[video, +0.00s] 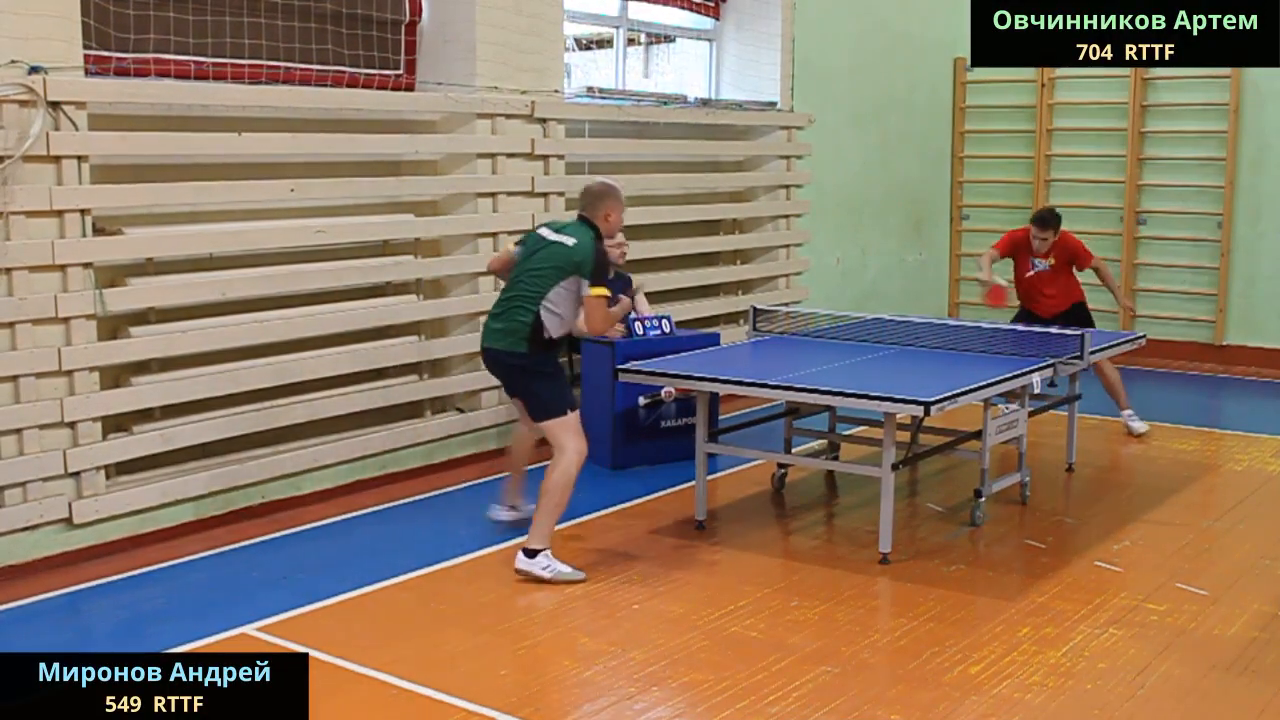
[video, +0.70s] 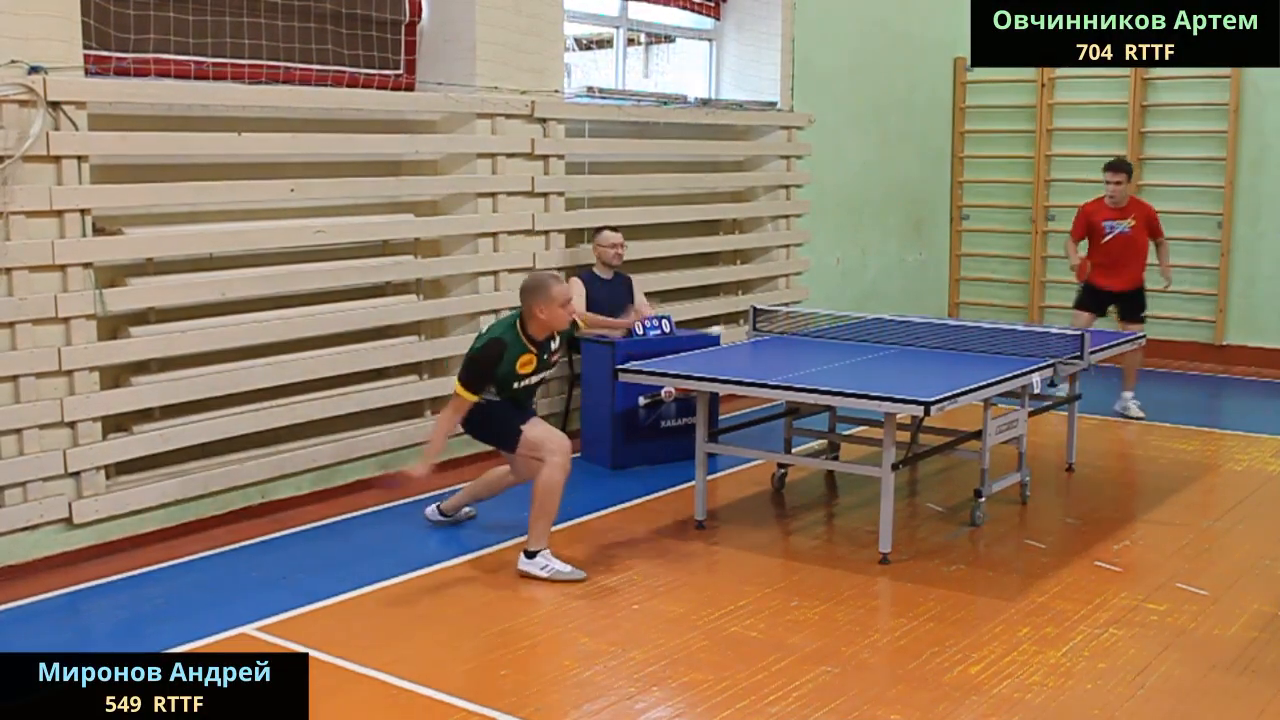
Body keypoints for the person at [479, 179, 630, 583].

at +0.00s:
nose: (620, 223)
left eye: (621, 217)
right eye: (620, 217)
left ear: (582, 211)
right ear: (608, 215)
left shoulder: (548, 229)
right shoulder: (594, 248)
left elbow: (498, 264)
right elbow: (596, 324)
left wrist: (536, 276)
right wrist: (621, 306)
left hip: (496, 343)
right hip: (527, 349)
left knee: (531, 422)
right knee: (572, 448)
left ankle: (510, 503)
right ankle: (535, 551)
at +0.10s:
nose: (608, 218)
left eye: (608, 211)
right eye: (606, 211)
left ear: (569, 208)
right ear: (592, 212)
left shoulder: (536, 229)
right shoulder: (578, 250)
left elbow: (489, 266)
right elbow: (581, 325)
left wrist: (528, 281)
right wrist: (613, 308)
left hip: (488, 349)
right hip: (521, 355)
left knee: (506, 428)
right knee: (563, 453)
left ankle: (461, 506)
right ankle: (530, 557)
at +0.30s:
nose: (588, 229)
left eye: (587, 222)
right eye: (586, 223)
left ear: (553, 221)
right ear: (570, 226)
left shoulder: (527, 239)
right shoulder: (548, 265)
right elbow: (553, 344)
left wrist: (572, 312)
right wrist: (603, 320)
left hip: (468, 357)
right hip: (497, 365)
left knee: (487, 427)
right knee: (554, 449)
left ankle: (439, 509)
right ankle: (531, 553)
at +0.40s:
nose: (581, 252)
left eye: (582, 244)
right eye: (579, 244)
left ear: (550, 242)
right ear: (562, 247)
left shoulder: (528, 255)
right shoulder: (532, 285)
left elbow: (541, 292)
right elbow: (516, 369)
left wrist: (586, 299)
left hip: (469, 361)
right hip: (478, 369)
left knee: (497, 432)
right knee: (548, 444)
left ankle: (445, 501)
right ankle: (531, 549)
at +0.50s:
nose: (580, 282)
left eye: (579, 275)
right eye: (576, 276)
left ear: (555, 282)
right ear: (556, 283)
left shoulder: (553, 302)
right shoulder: (512, 320)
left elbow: (571, 326)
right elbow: (481, 394)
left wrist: (609, 334)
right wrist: (499, 446)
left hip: (491, 383)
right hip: (466, 390)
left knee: (508, 450)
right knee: (546, 445)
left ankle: (441, 507)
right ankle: (529, 551)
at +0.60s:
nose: (579, 305)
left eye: (578, 298)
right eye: (573, 300)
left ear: (553, 305)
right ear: (550, 306)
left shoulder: (558, 321)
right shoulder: (503, 339)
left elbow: (591, 331)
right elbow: (457, 402)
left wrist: (630, 342)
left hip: (503, 396)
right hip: (474, 401)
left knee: (517, 463)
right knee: (549, 445)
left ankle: (443, 509)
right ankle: (533, 553)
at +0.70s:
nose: (573, 311)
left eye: (571, 304)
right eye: (566, 305)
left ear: (542, 311)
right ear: (540, 312)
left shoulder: (558, 325)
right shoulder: (495, 346)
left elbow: (582, 321)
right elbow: (454, 410)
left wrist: (623, 325)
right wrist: (427, 462)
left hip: (518, 404)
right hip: (484, 409)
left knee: (525, 470)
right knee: (557, 448)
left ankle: (447, 508)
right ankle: (535, 554)